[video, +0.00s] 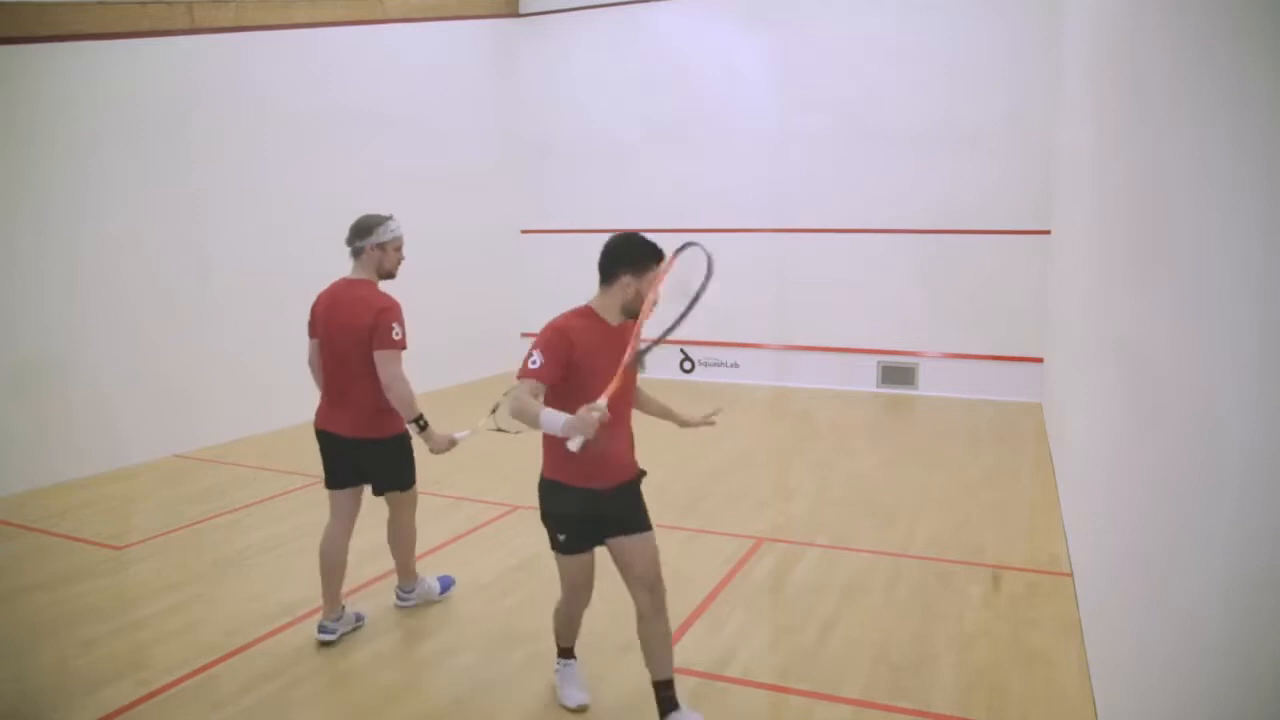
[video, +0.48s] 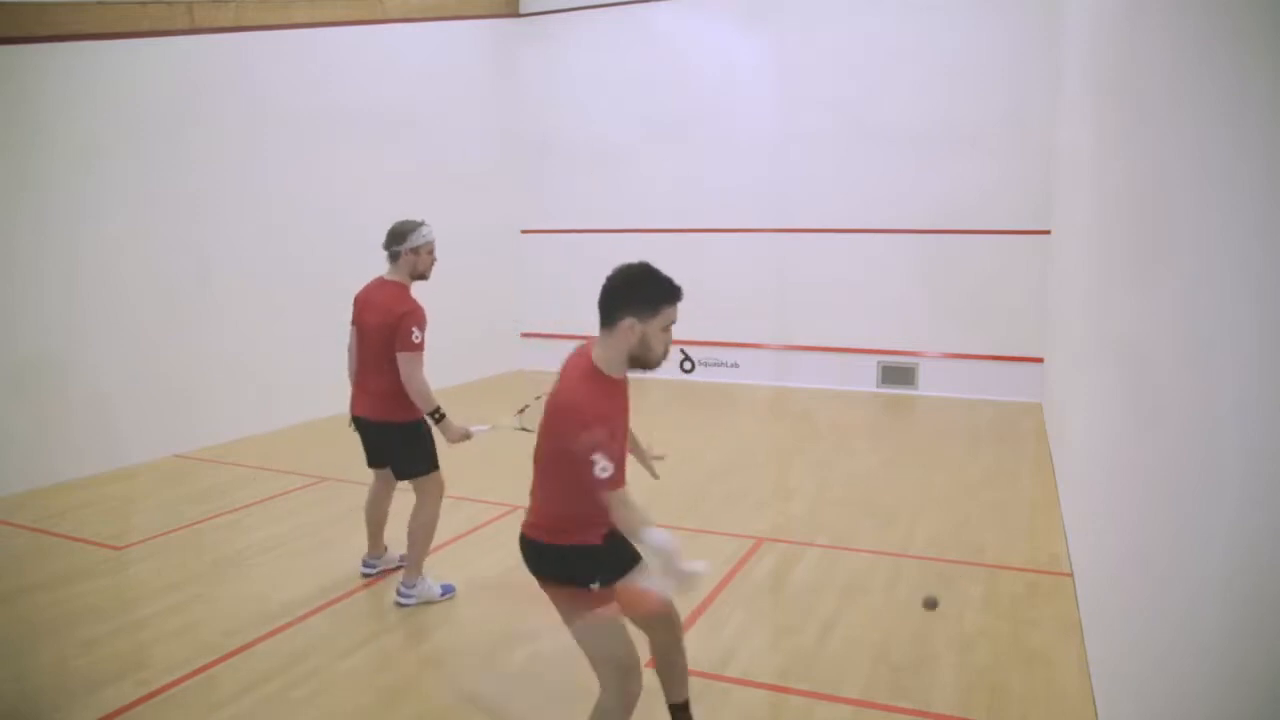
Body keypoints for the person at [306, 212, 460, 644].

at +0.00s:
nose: (402, 257)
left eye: (402, 249)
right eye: (397, 249)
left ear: (364, 251)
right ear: (374, 249)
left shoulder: (325, 299)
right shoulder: (384, 306)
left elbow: (316, 363)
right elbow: (391, 379)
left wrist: (340, 403)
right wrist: (426, 429)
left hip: (333, 430)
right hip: (380, 432)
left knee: (340, 517)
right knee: (402, 506)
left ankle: (331, 615)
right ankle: (409, 586)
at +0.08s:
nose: (407, 260)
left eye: (407, 252)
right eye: (402, 252)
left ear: (371, 253)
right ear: (379, 252)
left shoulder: (334, 299)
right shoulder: (387, 309)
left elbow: (329, 363)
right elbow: (396, 381)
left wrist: (359, 398)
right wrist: (434, 429)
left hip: (341, 427)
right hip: (386, 431)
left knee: (352, 511)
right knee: (406, 506)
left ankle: (333, 608)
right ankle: (409, 586)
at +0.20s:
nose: (419, 258)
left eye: (419, 250)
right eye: (413, 250)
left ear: (383, 252)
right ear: (389, 250)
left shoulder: (345, 296)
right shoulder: (397, 308)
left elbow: (340, 356)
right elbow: (404, 377)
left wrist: (372, 384)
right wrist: (440, 424)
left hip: (353, 421)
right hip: (395, 424)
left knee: (373, 493)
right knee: (413, 500)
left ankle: (341, 574)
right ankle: (411, 584)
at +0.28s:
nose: (426, 256)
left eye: (426, 249)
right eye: (420, 249)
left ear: (390, 250)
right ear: (397, 249)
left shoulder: (354, 292)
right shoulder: (403, 308)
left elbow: (347, 355)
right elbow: (409, 376)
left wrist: (374, 388)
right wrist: (444, 423)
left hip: (359, 415)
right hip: (398, 419)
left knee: (379, 481)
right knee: (416, 496)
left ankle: (352, 566)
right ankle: (411, 582)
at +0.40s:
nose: (432, 255)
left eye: (431, 246)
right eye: (426, 247)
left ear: (392, 252)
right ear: (404, 250)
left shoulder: (362, 292)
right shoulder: (409, 307)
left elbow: (352, 353)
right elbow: (412, 374)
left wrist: (366, 392)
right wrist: (444, 420)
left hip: (363, 411)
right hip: (400, 415)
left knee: (382, 478)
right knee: (422, 490)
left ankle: (374, 559)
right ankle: (412, 582)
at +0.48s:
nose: (434, 259)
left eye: (433, 251)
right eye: (429, 251)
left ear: (398, 254)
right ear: (409, 254)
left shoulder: (366, 295)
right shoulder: (409, 310)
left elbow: (355, 358)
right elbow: (412, 377)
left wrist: (359, 403)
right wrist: (444, 422)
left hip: (366, 414)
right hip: (399, 418)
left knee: (384, 478)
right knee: (431, 489)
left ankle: (375, 555)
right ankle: (412, 582)